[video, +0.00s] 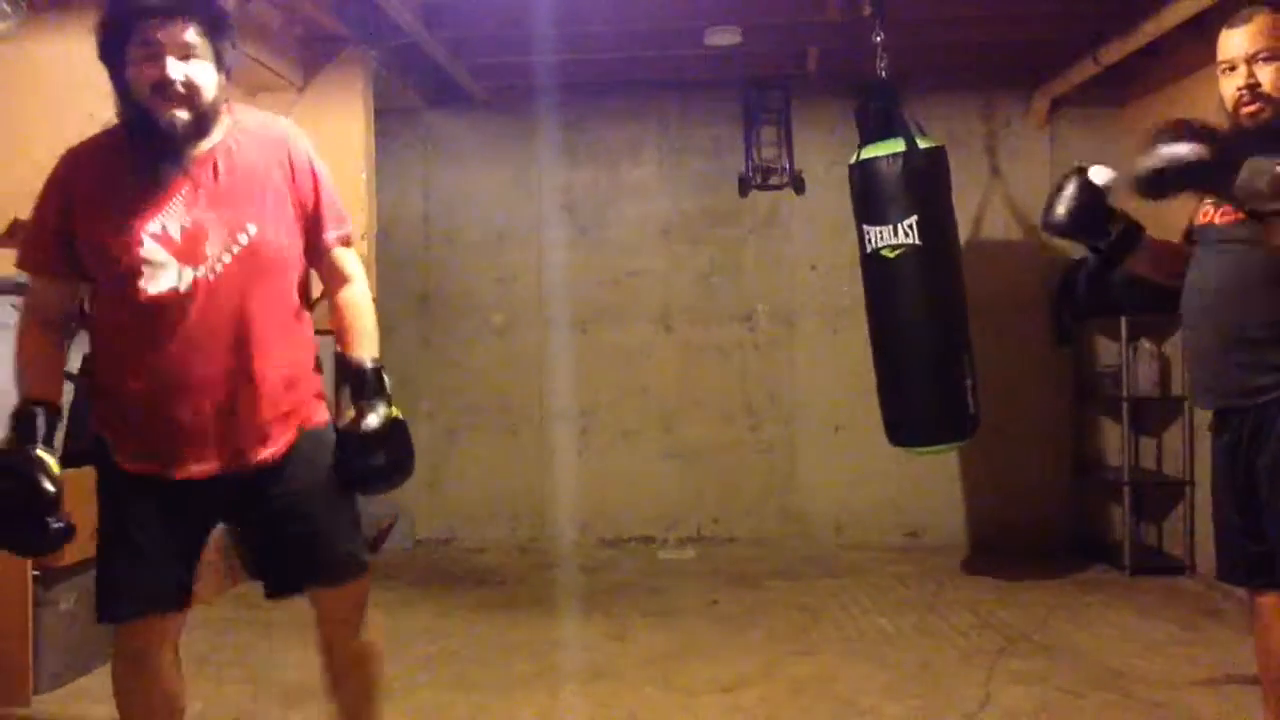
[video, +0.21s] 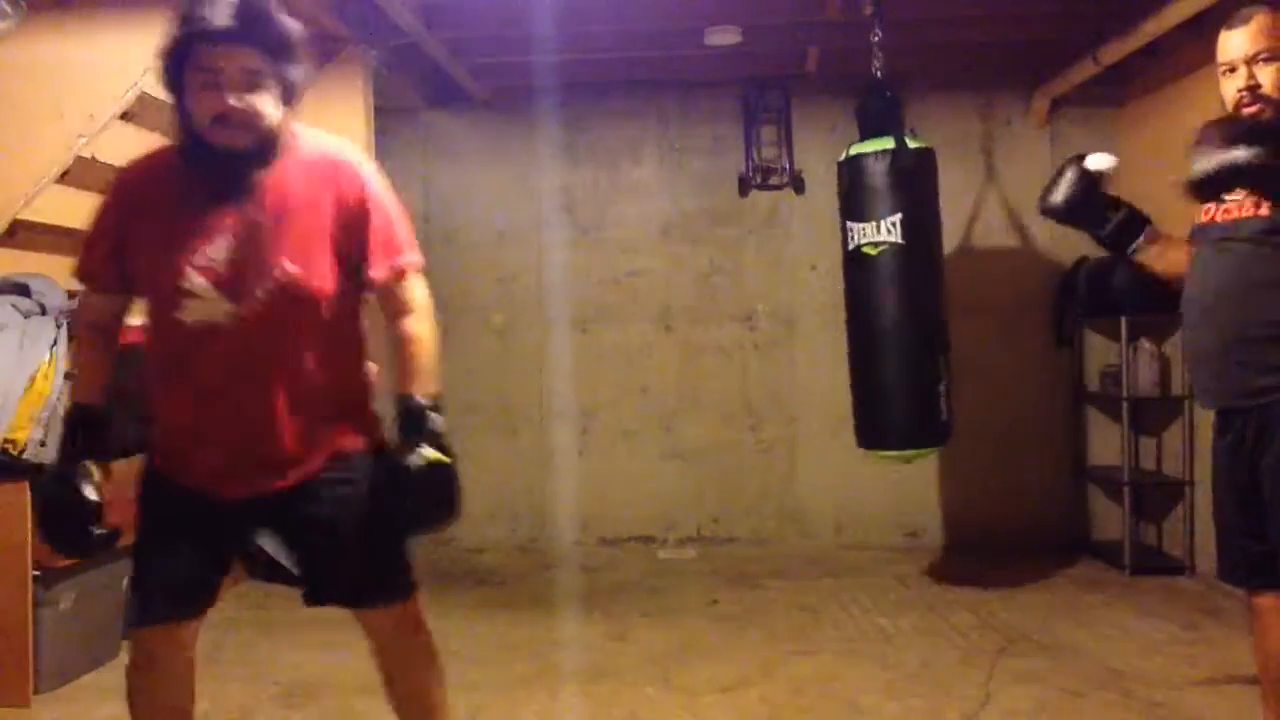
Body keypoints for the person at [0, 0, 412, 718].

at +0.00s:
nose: (170, 74)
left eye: (188, 53)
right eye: (149, 55)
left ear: (221, 62)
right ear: (120, 68)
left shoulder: (283, 152)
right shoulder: (83, 175)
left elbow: (345, 275)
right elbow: (47, 317)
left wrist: (369, 395)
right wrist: (33, 443)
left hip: (283, 439)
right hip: (148, 456)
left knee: (346, 598)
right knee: (142, 639)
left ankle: (363, 715)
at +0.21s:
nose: (229, 101)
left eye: (250, 81)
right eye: (208, 82)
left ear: (288, 88)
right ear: (180, 92)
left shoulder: (342, 176)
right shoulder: (145, 186)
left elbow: (407, 303)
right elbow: (96, 318)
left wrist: (423, 431)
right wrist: (82, 446)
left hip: (327, 460)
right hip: (191, 467)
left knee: (398, 622)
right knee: (158, 641)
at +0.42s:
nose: (334, 130)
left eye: (356, 111)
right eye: (312, 109)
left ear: (388, 121)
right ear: (279, 115)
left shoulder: (432, 203)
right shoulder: (233, 206)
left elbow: (499, 334)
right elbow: (177, 329)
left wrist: (503, 460)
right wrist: (153, 461)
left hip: (400, 459)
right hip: (259, 462)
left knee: (451, 617)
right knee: (198, 631)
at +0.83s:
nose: (423, 158)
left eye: (446, 140)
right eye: (402, 136)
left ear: (477, 153)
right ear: (369, 143)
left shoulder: (506, 243)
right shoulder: (298, 223)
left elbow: (533, 358)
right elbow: (226, 343)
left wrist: (507, 462)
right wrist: (245, 449)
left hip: (429, 468)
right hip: (290, 462)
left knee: (482, 617)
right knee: (212, 630)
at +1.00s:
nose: (387, 163)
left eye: (411, 145)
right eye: (365, 142)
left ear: (443, 158)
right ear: (333, 150)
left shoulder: (474, 244)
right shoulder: (272, 223)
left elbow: (522, 378)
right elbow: (228, 381)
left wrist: (480, 471)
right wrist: (344, 382)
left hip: (403, 466)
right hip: (260, 461)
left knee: (467, 616)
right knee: (183, 634)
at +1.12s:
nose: (353, 164)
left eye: (376, 144)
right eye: (332, 143)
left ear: (411, 155)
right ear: (301, 151)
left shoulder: (454, 237)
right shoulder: (253, 225)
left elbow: (501, 377)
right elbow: (235, 393)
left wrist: (450, 405)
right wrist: (341, 354)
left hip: (390, 460)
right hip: (245, 456)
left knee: (456, 619)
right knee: (161, 634)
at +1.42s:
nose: (303, 144)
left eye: (326, 123)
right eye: (280, 125)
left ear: (364, 136)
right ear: (252, 140)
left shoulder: (411, 224)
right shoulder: (205, 218)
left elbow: (469, 371)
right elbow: (122, 354)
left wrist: (387, 377)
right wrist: (237, 337)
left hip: (374, 462)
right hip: (224, 462)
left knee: (449, 619)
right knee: (144, 638)